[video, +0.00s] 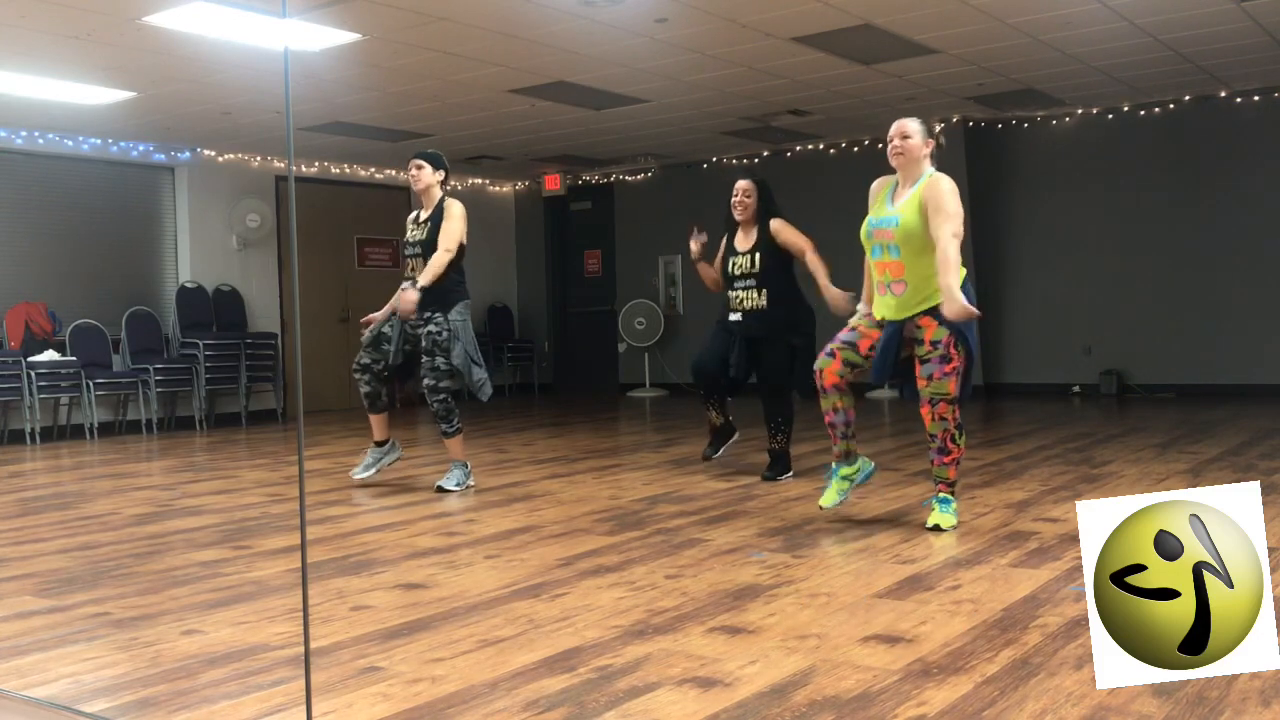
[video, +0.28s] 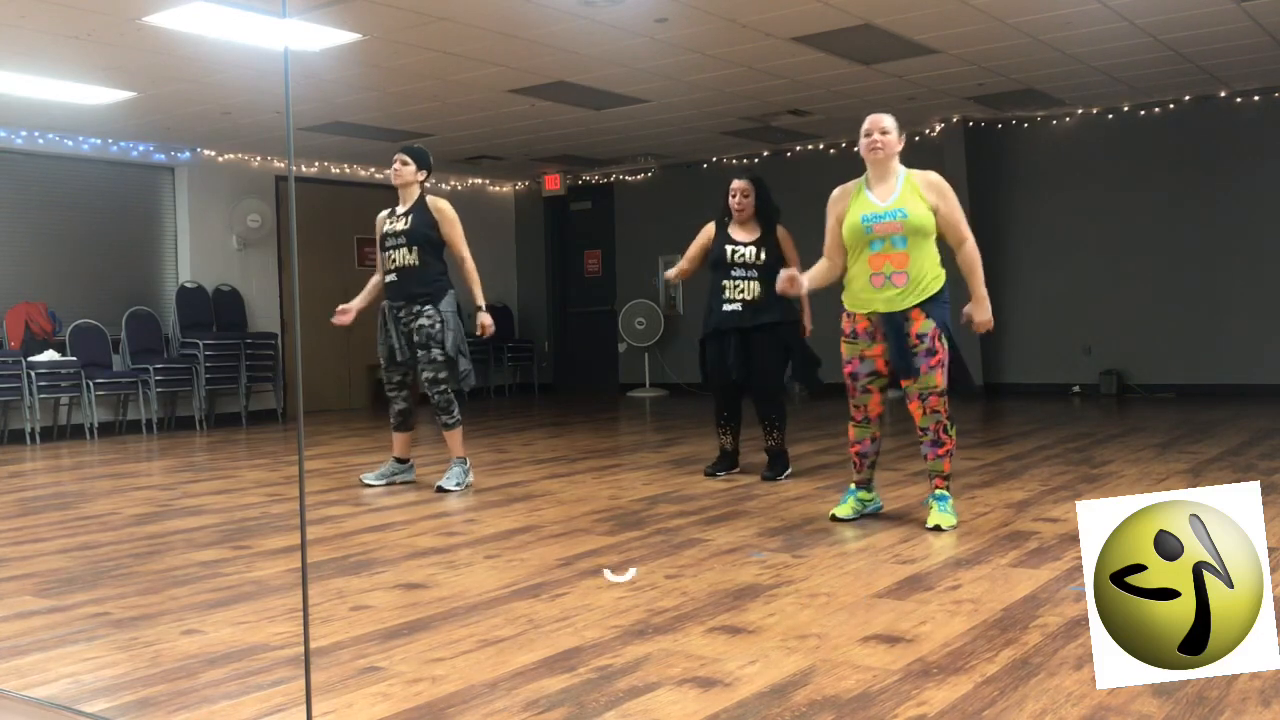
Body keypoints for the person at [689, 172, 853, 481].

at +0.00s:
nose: (738, 200)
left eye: (746, 195)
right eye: (735, 194)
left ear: (759, 201)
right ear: (730, 200)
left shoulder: (774, 228)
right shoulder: (728, 239)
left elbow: (808, 251)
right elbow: (716, 284)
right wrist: (698, 259)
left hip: (775, 326)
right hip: (737, 326)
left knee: (774, 388)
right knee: (705, 368)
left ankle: (780, 458)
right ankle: (721, 428)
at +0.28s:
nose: (738, 200)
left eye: (745, 195)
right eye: (733, 194)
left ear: (757, 199)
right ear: (727, 199)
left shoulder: (776, 233)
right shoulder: (713, 230)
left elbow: (796, 275)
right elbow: (689, 262)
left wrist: (805, 314)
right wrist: (677, 272)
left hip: (768, 329)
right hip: (724, 329)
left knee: (768, 392)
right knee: (725, 392)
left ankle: (777, 457)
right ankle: (728, 456)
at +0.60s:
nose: (728, 198)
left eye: (735, 192)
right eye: (724, 193)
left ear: (750, 197)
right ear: (719, 198)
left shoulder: (769, 233)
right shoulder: (706, 232)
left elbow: (788, 272)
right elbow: (688, 275)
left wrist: (791, 309)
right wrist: (673, 312)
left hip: (762, 326)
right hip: (721, 327)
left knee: (757, 381)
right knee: (724, 388)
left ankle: (776, 448)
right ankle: (727, 455)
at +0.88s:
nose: (730, 198)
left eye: (738, 193)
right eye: (727, 193)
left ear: (753, 199)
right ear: (723, 200)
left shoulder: (766, 228)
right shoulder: (723, 236)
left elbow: (802, 250)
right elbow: (732, 277)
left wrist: (795, 274)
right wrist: (721, 310)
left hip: (768, 327)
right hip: (728, 329)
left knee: (771, 390)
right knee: (703, 378)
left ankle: (781, 459)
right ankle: (719, 439)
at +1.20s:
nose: (739, 198)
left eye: (745, 194)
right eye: (734, 193)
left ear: (754, 200)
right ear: (724, 197)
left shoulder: (769, 229)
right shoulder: (710, 236)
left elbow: (797, 266)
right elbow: (699, 280)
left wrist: (829, 292)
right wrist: (668, 271)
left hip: (765, 326)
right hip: (722, 330)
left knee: (769, 391)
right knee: (723, 392)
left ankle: (780, 459)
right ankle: (725, 457)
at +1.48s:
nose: (729, 203)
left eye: (736, 198)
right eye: (724, 196)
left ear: (743, 202)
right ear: (713, 199)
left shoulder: (755, 232)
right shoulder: (695, 236)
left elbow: (779, 272)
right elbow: (676, 276)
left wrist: (808, 304)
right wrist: (654, 253)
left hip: (755, 328)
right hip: (712, 331)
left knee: (756, 387)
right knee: (717, 392)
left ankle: (768, 454)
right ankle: (725, 456)